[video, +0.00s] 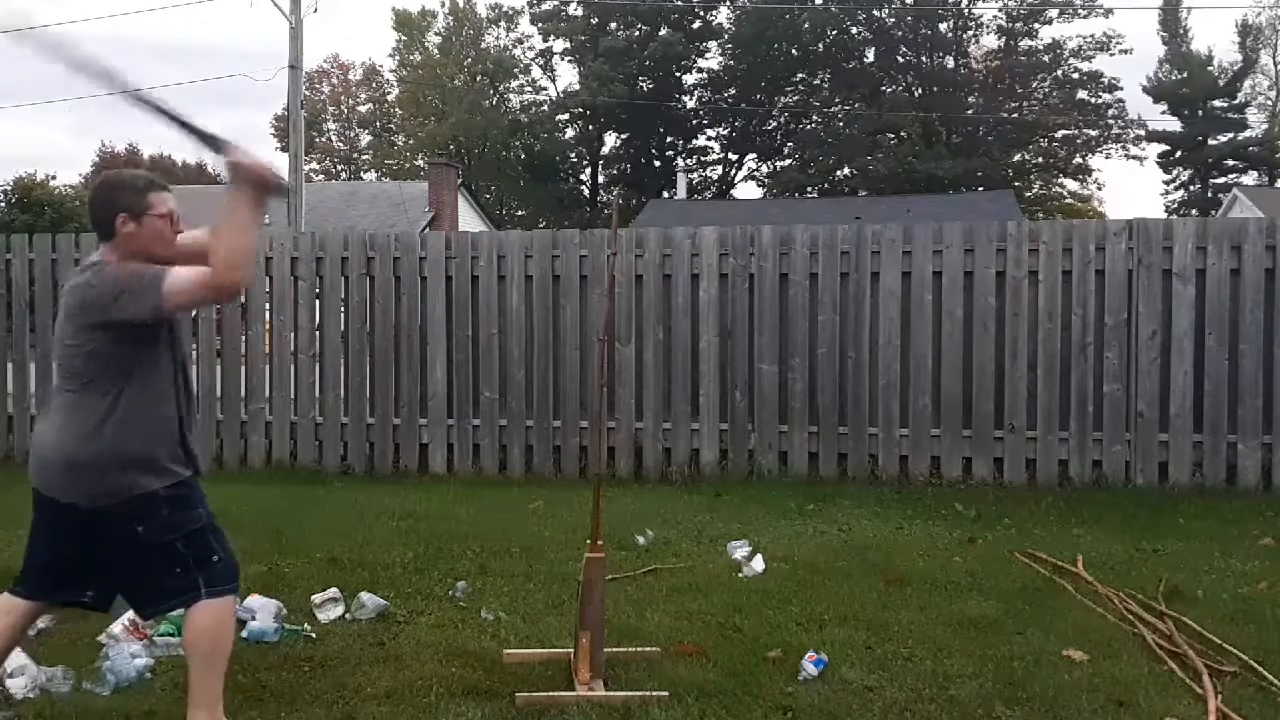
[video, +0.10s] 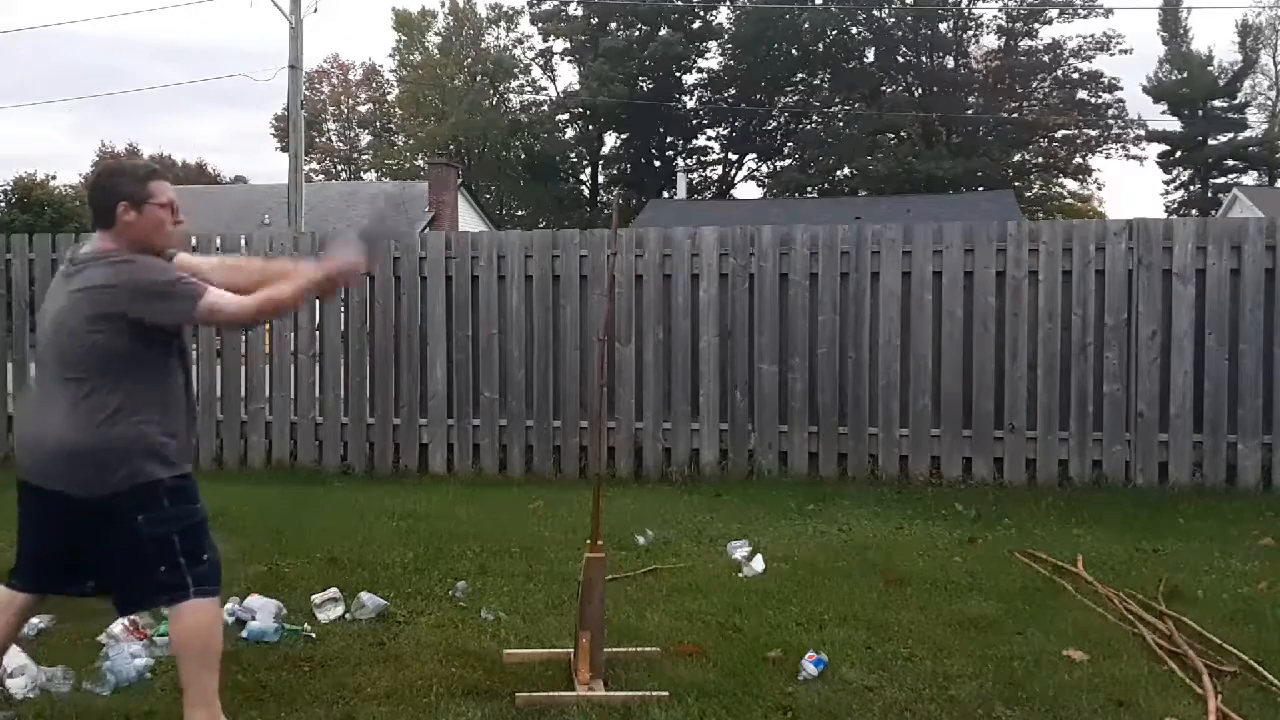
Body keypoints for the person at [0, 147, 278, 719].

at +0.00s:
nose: (178, 230)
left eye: (175, 219)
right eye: (167, 219)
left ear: (125, 226)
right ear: (126, 226)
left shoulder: (99, 276)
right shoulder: (116, 283)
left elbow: (219, 247)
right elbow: (229, 278)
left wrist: (247, 196)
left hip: (66, 470)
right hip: (135, 471)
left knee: (32, 590)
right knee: (214, 583)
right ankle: (206, 712)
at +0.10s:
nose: (177, 218)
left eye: (176, 208)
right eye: (167, 208)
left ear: (123, 217)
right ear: (127, 214)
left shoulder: (81, 265)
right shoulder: (139, 276)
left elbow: (219, 270)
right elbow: (244, 309)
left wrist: (311, 270)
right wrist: (319, 277)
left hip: (47, 459)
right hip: (130, 463)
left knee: (25, 583)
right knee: (196, 587)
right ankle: (204, 711)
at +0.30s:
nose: (195, 221)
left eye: (194, 211)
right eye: (186, 211)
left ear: (139, 217)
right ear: (150, 216)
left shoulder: (69, 255)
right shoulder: (175, 288)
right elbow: (200, 377)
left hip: (22, 453)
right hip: (122, 460)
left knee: (8, 590)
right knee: (182, 591)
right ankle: (201, 712)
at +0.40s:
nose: (197, 228)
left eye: (197, 217)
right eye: (190, 217)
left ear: (134, 221)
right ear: (155, 220)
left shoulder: (63, 255)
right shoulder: (176, 291)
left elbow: (52, 355)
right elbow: (180, 388)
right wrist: (180, 453)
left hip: (17, 453)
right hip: (116, 459)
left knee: (6, 596)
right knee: (179, 591)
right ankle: (201, 710)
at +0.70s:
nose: (169, 215)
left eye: (168, 204)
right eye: (161, 204)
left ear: (101, 212)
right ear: (124, 210)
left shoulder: (42, 258)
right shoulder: (151, 278)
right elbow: (177, 378)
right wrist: (199, 432)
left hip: (16, 456)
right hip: (111, 461)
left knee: (6, 598)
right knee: (170, 594)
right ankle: (199, 711)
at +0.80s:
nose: (163, 214)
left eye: (162, 202)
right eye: (155, 202)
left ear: (102, 210)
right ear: (117, 207)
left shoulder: (40, 262)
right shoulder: (141, 277)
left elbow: (68, 361)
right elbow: (177, 372)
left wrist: (150, 401)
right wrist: (215, 419)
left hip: (19, 459)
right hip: (113, 462)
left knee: (9, 598)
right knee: (169, 595)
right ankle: (200, 711)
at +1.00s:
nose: (155, 213)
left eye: (154, 202)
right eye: (147, 202)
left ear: (97, 209)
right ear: (109, 206)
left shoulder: (39, 268)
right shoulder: (121, 275)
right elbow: (182, 365)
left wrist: (195, 384)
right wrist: (248, 395)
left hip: (21, 464)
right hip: (111, 466)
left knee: (9, 596)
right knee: (170, 596)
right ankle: (201, 713)